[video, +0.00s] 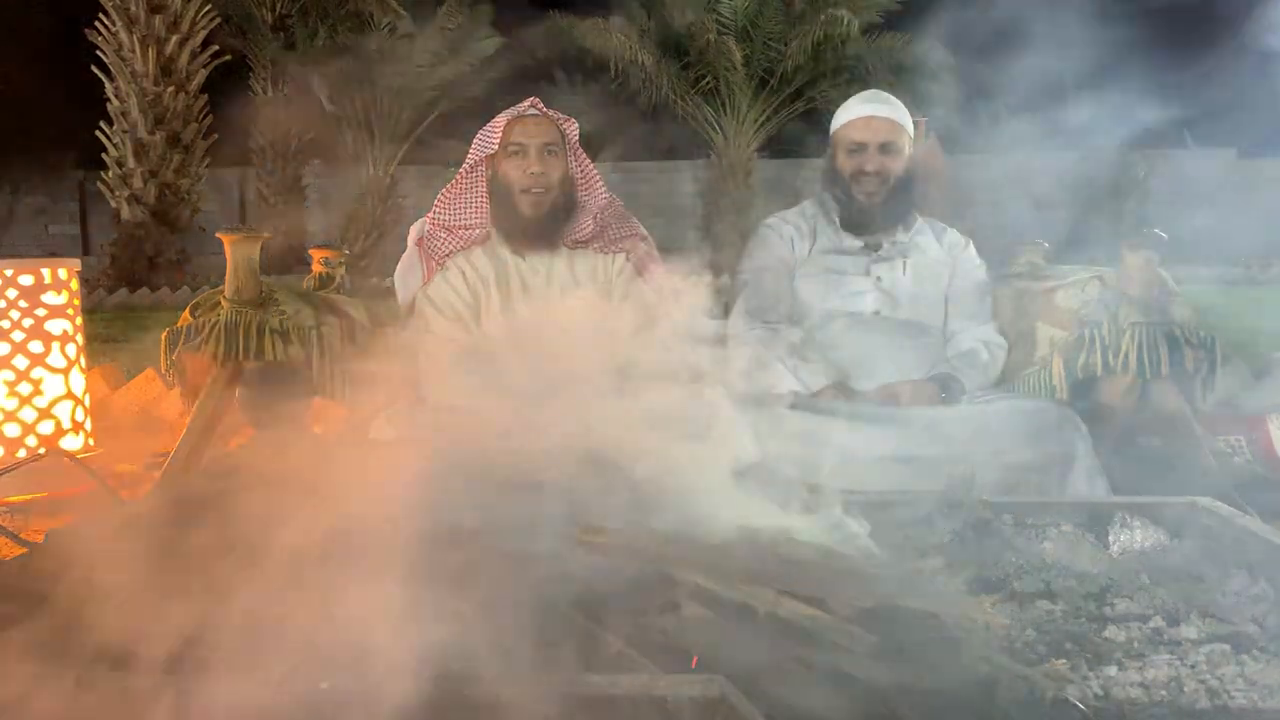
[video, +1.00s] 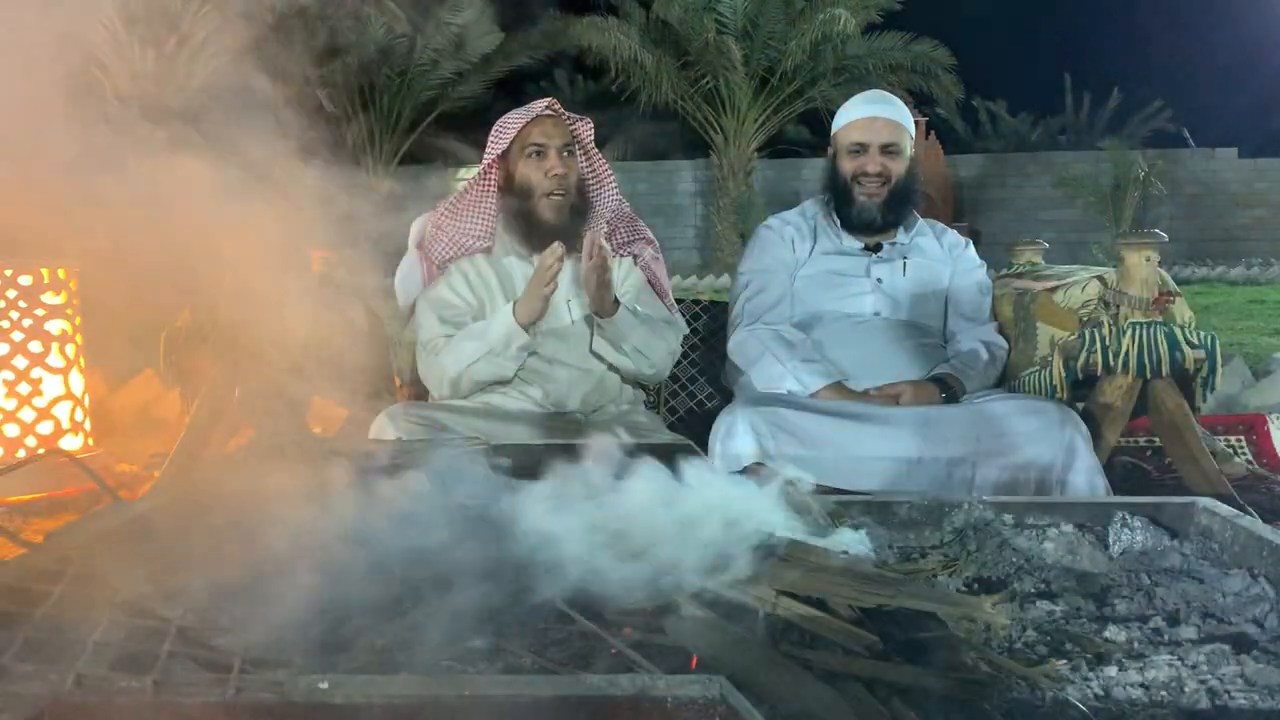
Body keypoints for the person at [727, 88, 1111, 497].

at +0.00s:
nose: (870, 165)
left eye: (887, 151)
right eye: (856, 150)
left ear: (910, 159)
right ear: (832, 156)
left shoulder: (951, 248)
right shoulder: (785, 236)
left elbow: (982, 347)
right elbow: (751, 345)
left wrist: (936, 389)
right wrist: (821, 395)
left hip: (932, 422)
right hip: (823, 421)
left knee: (1052, 424)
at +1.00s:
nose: (873, 167)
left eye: (889, 152)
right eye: (856, 151)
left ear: (912, 161)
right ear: (833, 159)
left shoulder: (951, 248)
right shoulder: (783, 236)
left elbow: (981, 344)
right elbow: (755, 341)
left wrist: (939, 387)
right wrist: (835, 397)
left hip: (936, 420)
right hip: (823, 417)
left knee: (1054, 427)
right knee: (741, 426)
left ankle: (1086, 587)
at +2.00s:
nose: (871, 168)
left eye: (888, 153)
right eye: (857, 152)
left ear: (911, 162)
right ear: (833, 157)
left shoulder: (951, 248)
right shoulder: (785, 236)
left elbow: (981, 344)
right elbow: (757, 333)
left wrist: (939, 389)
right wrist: (836, 396)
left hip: (935, 420)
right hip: (823, 417)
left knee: (1055, 426)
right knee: (762, 434)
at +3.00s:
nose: (838, 167)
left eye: (859, 152)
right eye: (834, 151)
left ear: (904, 162)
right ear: (825, 155)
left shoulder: (952, 250)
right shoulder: (785, 235)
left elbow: (980, 344)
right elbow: (751, 331)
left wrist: (938, 390)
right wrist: (836, 397)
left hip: (937, 422)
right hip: (826, 419)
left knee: (1052, 425)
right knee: (747, 431)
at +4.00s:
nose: (841, 168)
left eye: (859, 156)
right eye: (837, 152)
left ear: (900, 167)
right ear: (823, 155)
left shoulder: (952, 251)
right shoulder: (779, 239)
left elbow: (981, 342)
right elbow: (745, 346)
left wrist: (939, 386)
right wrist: (820, 390)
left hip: (930, 423)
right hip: (818, 421)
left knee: (1053, 426)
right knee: (746, 418)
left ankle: (1084, 579)